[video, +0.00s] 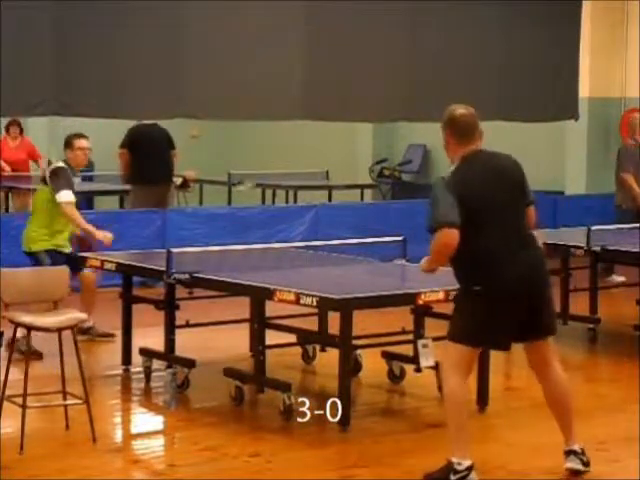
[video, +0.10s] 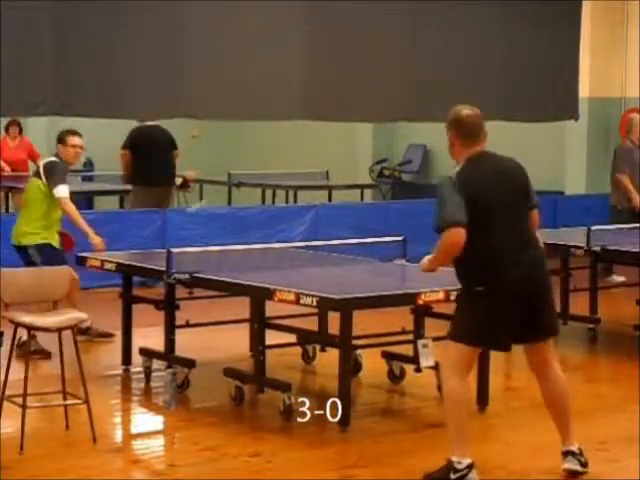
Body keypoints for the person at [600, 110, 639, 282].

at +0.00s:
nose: (639, 130)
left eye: (638, 126)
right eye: (636, 125)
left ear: (632, 129)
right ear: (629, 128)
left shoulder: (631, 149)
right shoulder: (628, 149)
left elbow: (625, 176)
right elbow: (625, 175)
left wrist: (633, 196)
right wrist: (636, 196)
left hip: (627, 204)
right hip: (626, 204)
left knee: (617, 236)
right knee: (617, 237)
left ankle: (608, 269)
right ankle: (607, 270)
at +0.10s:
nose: (639, 129)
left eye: (638, 125)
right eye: (637, 125)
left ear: (631, 127)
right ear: (630, 127)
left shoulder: (632, 148)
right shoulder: (625, 148)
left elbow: (622, 175)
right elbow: (621, 175)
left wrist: (632, 195)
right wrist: (633, 196)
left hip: (626, 204)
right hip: (622, 205)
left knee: (615, 237)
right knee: (615, 237)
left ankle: (609, 269)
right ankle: (607, 270)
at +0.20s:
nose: (639, 130)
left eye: (638, 126)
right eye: (637, 126)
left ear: (628, 127)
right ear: (629, 127)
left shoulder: (630, 148)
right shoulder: (620, 148)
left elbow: (617, 176)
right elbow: (614, 176)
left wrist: (631, 201)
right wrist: (628, 203)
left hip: (625, 205)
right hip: (617, 205)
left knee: (613, 238)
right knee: (612, 238)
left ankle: (609, 270)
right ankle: (607, 271)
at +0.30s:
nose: (638, 132)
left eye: (638, 127)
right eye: (636, 127)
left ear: (629, 128)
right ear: (629, 128)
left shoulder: (630, 149)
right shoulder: (617, 148)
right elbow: (611, 175)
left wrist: (629, 201)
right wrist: (621, 202)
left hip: (626, 204)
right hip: (615, 205)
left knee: (614, 238)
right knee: (610, 238)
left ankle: (609, 270)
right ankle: (606, 271)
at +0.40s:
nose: (638, 132)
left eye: (637, 127)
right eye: (635, 127)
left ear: (628, 128)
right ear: (628, 128)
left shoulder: (631, 148)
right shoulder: (614, 146)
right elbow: (607, 173)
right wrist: (612, 201)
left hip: (631, 201)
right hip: (619, 203)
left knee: (630, 237)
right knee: (617, 237)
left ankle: (631, 269)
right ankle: (615, 270)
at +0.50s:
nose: (636, 130)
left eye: (636, 126)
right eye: (634, 126)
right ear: (624, 127)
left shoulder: (630, 147)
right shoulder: (612, 147)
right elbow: (604, 174)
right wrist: (611, 202)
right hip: (620, 204)